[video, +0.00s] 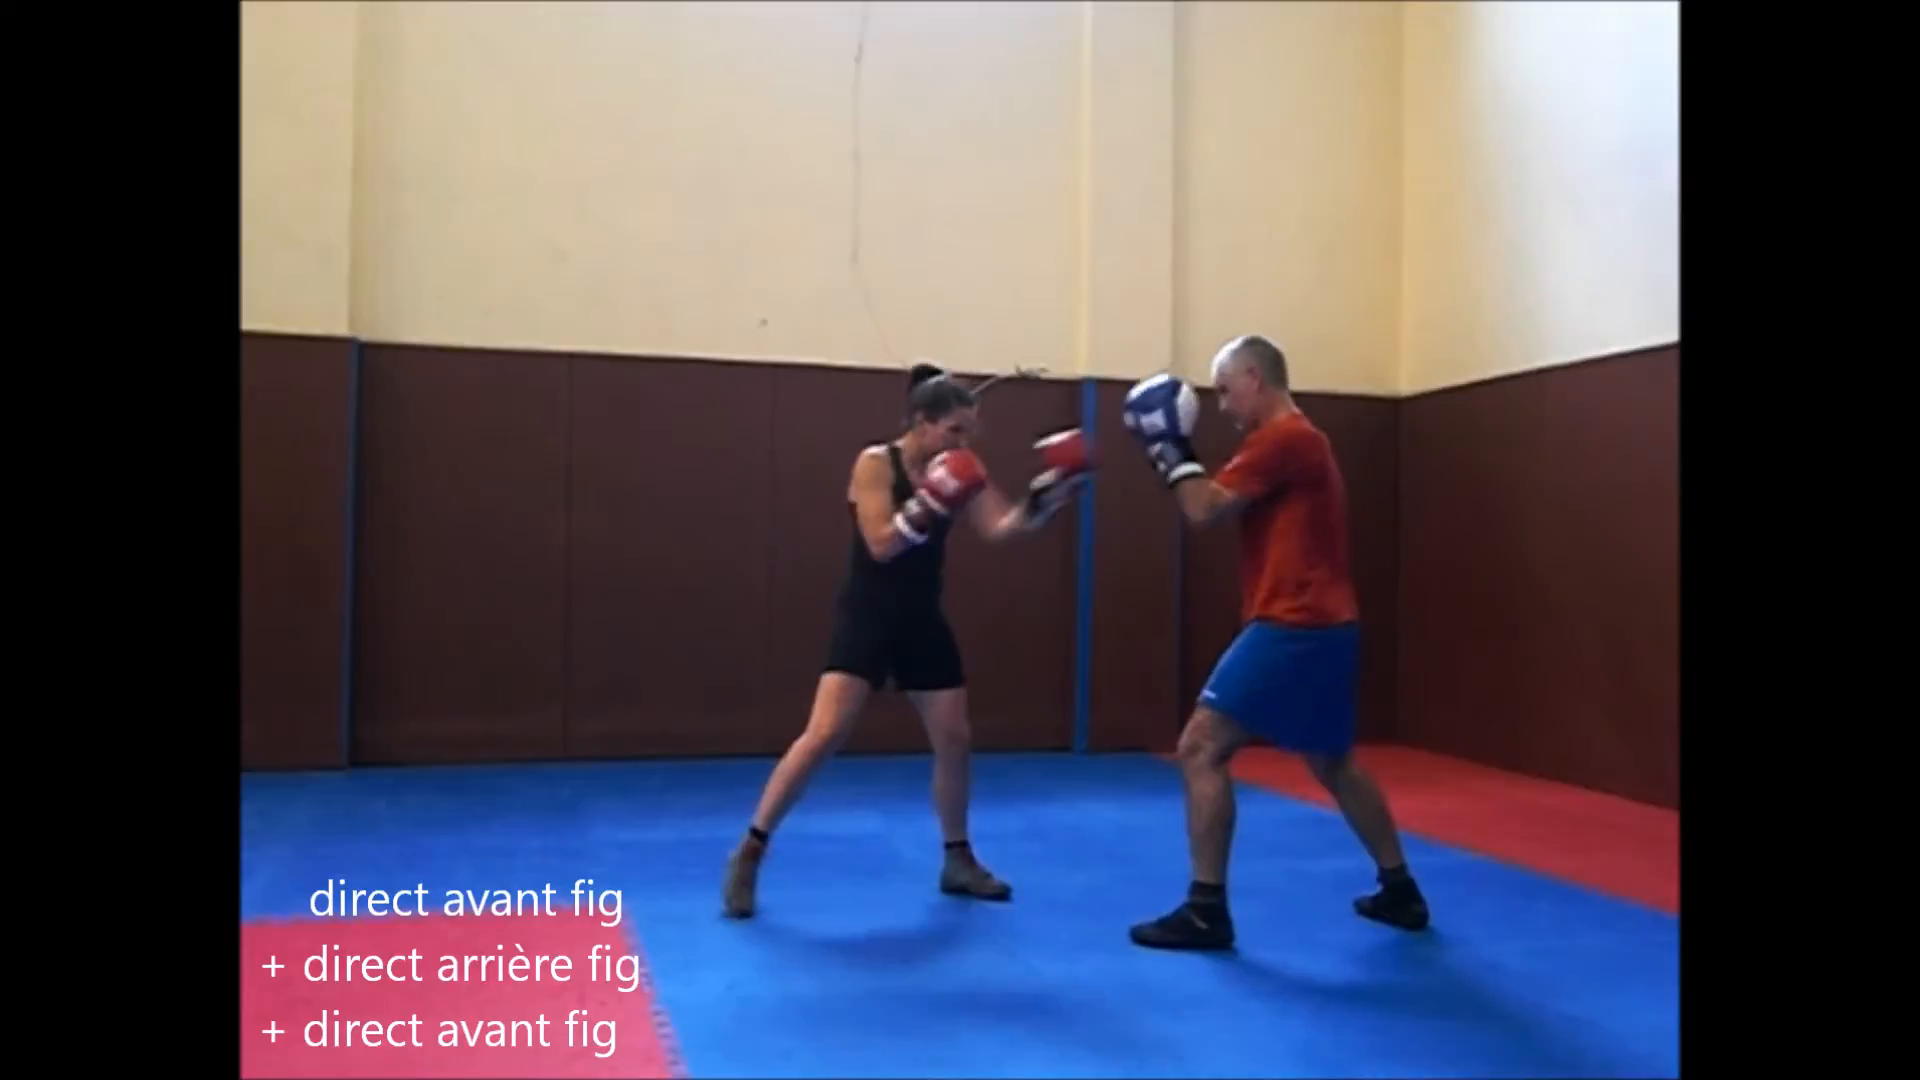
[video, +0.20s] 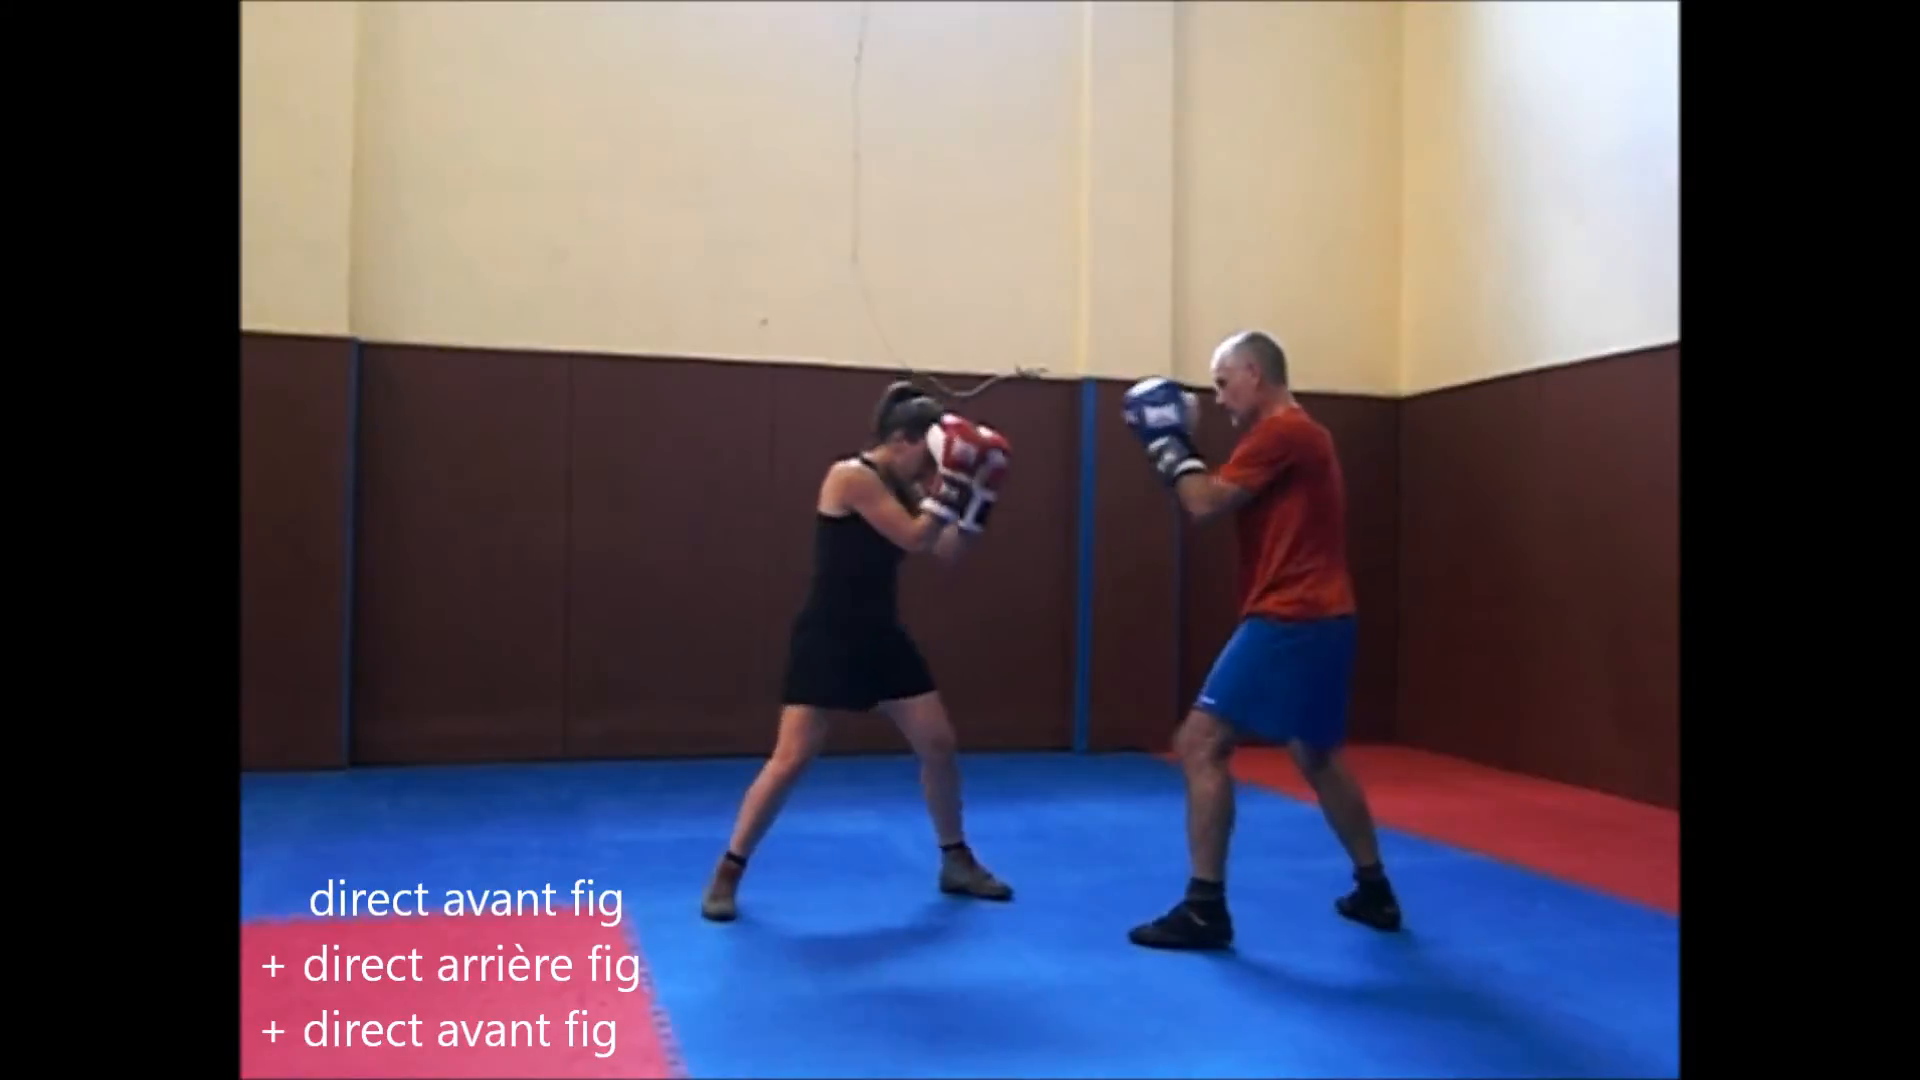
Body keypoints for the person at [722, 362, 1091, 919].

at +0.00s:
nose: (963, 440)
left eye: (967, 430)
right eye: (956, 429)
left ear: (955, 427)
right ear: (923, 422)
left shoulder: (956, 470)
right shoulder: (876, 464)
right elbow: (881, 543)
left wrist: (1045, 496)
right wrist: (931, 503)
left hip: (922, 621)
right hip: (867, 619)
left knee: (953, 738)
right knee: (824, 733)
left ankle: (958, 861)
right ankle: (749, 853)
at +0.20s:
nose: (928, 463)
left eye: (933, 453)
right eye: (926, 451)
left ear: (908, 443)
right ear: (900, 438)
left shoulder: (902, 489)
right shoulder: (851, 477)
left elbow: (949, 547)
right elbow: (915, 537)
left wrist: (980, 497)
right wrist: (950, 487)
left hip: (880, 638)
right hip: (827, 637)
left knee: (937, 741)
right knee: (792, 757)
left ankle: (957, 861)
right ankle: (729, 871)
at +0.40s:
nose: (921, 452)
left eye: (925, 443)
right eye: (920, 440)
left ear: (897, 429)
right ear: (893, 428)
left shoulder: (887, 474)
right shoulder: (842, 465)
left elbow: (932, 529)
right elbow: (909, 524)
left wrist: (956, 478)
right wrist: (946, 477)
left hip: (862, 626)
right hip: (813, 626)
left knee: (914, 734)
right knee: (780, 749)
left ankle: (905, 863)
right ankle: (708, 866)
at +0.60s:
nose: (913, 449)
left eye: (918, 440)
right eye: (910, 436)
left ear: (904, 431)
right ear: (883, 422)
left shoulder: (884, 471)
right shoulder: (835, 459)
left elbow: (920, 523)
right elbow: (894, 519)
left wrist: (944, 480)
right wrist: (926, 476)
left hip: (865, 625)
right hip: (812, 622)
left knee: (906, 740)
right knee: (774, 746)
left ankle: (902, 865)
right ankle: (706, 864)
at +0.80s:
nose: (883, 457)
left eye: (887, 448)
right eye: (878, 445)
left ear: (862, 437)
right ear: (846, 433)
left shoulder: (856, 480)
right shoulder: (804, 469)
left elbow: (903, 529)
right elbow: (871, 524)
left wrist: (924, 474)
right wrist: (902, 470)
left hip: (850, 635)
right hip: (795, 636)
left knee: (907, 743)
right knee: (761, 760)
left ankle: (902, 865)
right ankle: (700, 878)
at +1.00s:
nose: (873, 451)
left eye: (877, 442)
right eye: (869, 440)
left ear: (858, 434)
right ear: (841, 429)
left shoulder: (846, 475)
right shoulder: (797, 468)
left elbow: (894, 525)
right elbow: (872, 522)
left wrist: (913, 472)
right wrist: (892, 466)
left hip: (840, 631)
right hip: (789, 633)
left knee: (894, 741)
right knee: (760, 760)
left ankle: (901, 865)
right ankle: (701, 878)